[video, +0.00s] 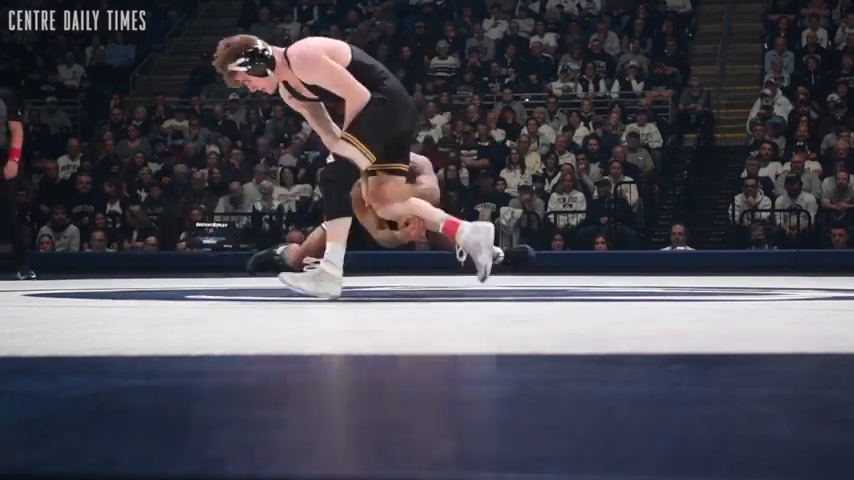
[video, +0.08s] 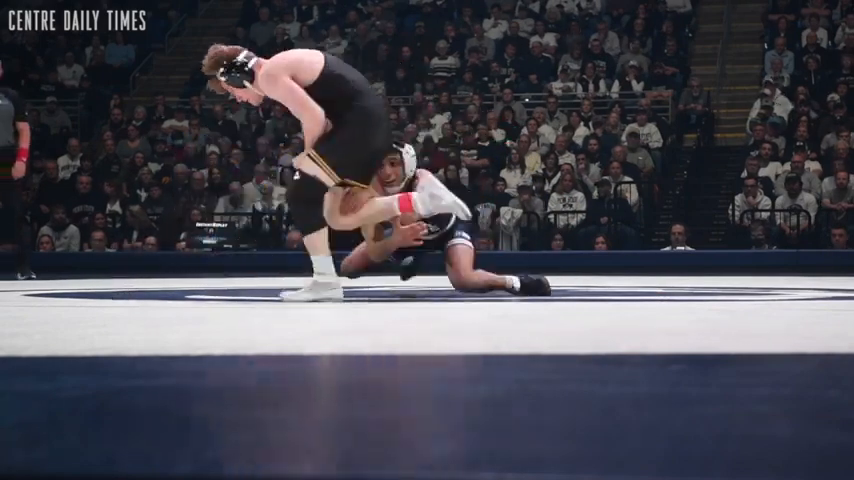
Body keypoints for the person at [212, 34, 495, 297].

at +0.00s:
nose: (252, 89)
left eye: (247, 81)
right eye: (245, 86)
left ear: (260, 61)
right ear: (252, 72)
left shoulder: (304, 57)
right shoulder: (288, 91)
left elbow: (360, 96)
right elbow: (326, 131)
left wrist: (343, 140)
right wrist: (348, 158)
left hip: (386, 106)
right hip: (386, 111)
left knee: (334, 175)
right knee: (388, 200)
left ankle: (329, 274)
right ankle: (467, 234)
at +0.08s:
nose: (238, 99)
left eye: (232, 92)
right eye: (231, 95)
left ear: (241, 77)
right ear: (247, 69)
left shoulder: (270, 75)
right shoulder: (276, 71)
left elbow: (316, 120)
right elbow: (320, 119)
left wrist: (305, 155)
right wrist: (308, 155)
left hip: (361, 123)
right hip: (370, 122)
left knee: (303, 193)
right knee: (338, 216)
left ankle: (324, 280)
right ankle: (420, 199)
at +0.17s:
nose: (254, 109)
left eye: (237, 95)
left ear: (241, 79)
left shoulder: (247, 76)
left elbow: (248, 111)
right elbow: (354, 158)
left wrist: (258, 169)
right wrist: (376, 207)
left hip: (331, 122)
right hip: (353, 123)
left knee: (284, 202)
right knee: (307, 206)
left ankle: (321, 280)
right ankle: (362, 240)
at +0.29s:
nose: (244, 89)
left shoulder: (251, 70)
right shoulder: (327, 104)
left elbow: (218, 68)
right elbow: (370, 146)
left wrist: (218, 111)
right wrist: (370, 197)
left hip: (284, 111)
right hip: (321, 125)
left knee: (254, 199)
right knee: (287, 198)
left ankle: (310, 269)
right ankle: (321, 248)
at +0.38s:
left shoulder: (251, 73)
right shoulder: (324, 105)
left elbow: (219, 58)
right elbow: (366, 147)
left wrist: (208, 101)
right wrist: (387, 192)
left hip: (259, 105)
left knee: (237, 202)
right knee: (274, 197)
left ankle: (280, 266)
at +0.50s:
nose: (337, 129)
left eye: (342, 124)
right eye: (340, 122)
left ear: (319, 95)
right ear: (335, 111)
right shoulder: (325, 114)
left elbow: (208, 111)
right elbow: (336, 147)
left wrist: (209, 162)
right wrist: (365, 184)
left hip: (229, 128)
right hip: (265, 135)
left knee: (215, 208)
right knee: (244, 211)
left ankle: (231, 234)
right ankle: (245, 280)